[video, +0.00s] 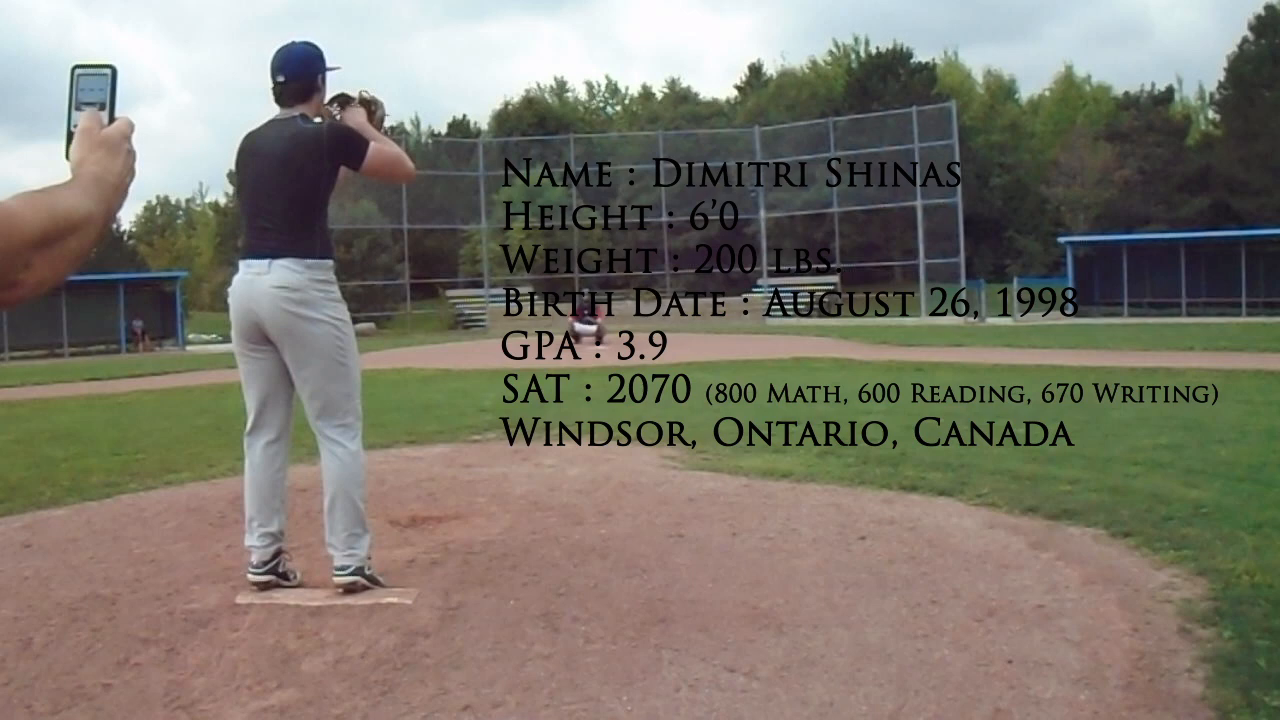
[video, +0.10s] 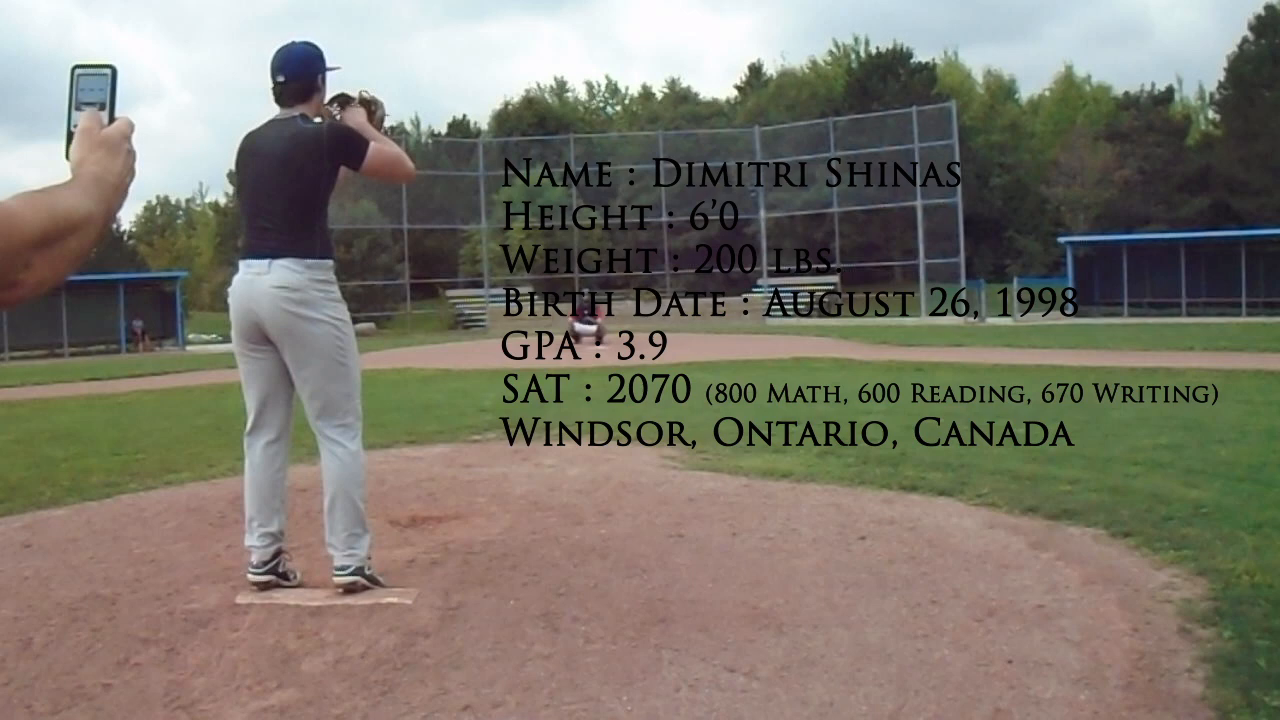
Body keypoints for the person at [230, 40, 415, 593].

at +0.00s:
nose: (327, 88)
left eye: (322, 81)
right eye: (325, 81)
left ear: (275, 88)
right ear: (320, 86)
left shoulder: (250, 143)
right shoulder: (327, 135)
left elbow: (301, 185)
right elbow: (402, 167)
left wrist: (327, 131)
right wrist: (362, 125)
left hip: (246, 288)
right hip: (303, 286)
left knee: (264, 430)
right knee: (338, 429)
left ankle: (263, 558)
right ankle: (350, 561)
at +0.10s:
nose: (327, 88)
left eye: (322, 81)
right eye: (325, 81)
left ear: (275, 88)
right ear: (320, 86)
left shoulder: (250, 143)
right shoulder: (327, 135)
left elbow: (301, 185)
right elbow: (402, 167)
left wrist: (327, 131)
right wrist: (362, 125)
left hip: (246, 288)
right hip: (303, 286)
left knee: (264, 430)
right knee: (338, 429)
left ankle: (263, 558)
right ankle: (350, 561)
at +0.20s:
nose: (327, 88)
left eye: (322, 81)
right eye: (325, 81)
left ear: (275, 88)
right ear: (320, 86)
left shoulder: (250, 143)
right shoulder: (327, 135)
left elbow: (301, 185)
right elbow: (402, 167)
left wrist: (327, 131)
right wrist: (362, 125)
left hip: (246, 288)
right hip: (303, 286)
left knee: (264, 430)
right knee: (338, 429)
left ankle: (263, 558)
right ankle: (350, 561)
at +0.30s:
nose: (327, 88)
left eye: (322, 81)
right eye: (325, 81)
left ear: (275, 88)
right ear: (320, 86)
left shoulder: (250, 143)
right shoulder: (327, 135)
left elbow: (301, 185)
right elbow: (402, 167)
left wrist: (327, 131)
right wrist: (362, 125)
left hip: (246, 288)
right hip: (303, 286)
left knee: (264, 430)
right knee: (338, 429)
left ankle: (263, 558)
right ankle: (350, 561)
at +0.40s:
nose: (327, 88)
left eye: (322, 81)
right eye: (325, 81)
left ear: (275, 88)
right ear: (320, 86)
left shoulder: (250, 143)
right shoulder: (327, 135)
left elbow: (301, 185)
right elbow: (402, 167)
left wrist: (327, 131)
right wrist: (362, 125)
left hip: (246, 288)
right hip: (303, 286)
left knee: (264, 430)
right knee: (338, 429)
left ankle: (263, 558)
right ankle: (350, 561)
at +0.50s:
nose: (327, 88)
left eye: (322, 81)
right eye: (325, 81)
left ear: (275, 88)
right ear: (320, 86)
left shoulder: (250, 143)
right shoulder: (327, 135)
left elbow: (301, 185)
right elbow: (402, 167)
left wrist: (327, 131)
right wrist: (362, 125)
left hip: (246, 288)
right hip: (303, 286)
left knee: (264, 430)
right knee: (338, 429)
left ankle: (263, 558)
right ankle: (350, 561)